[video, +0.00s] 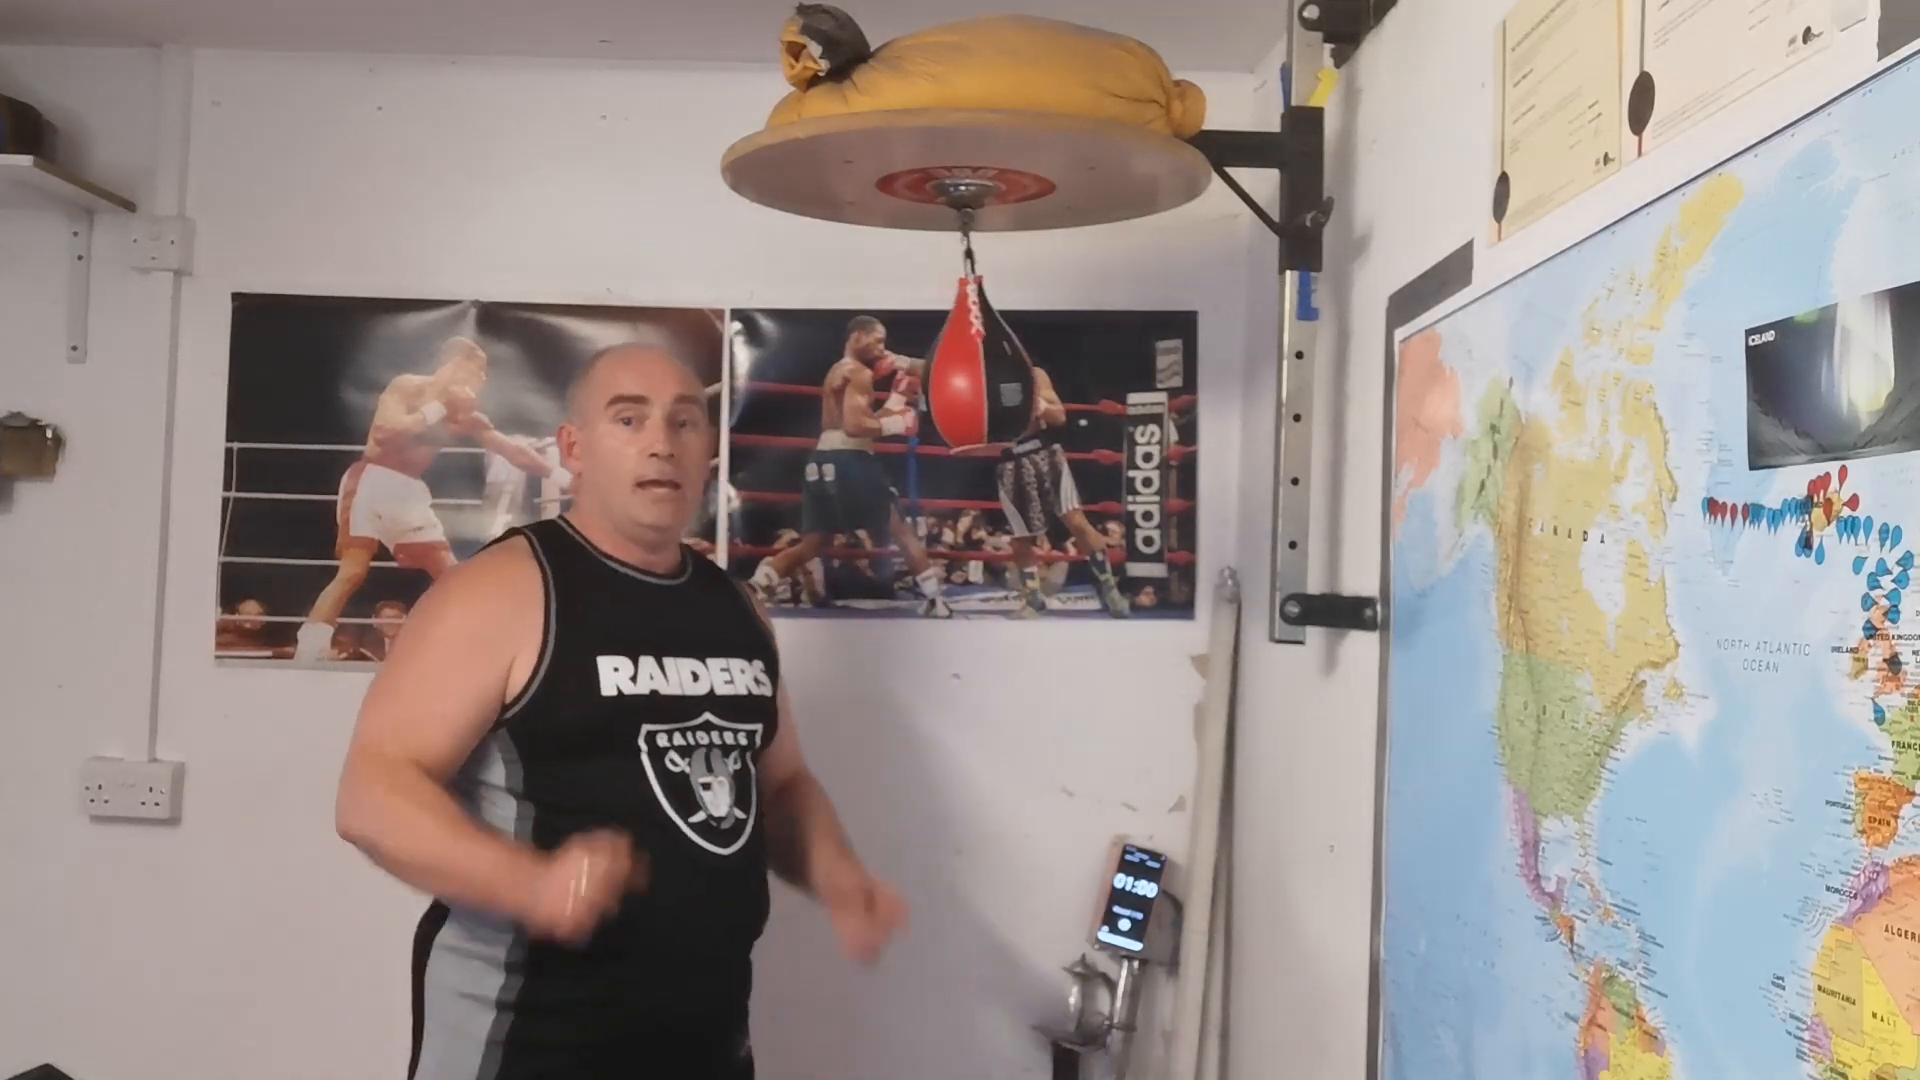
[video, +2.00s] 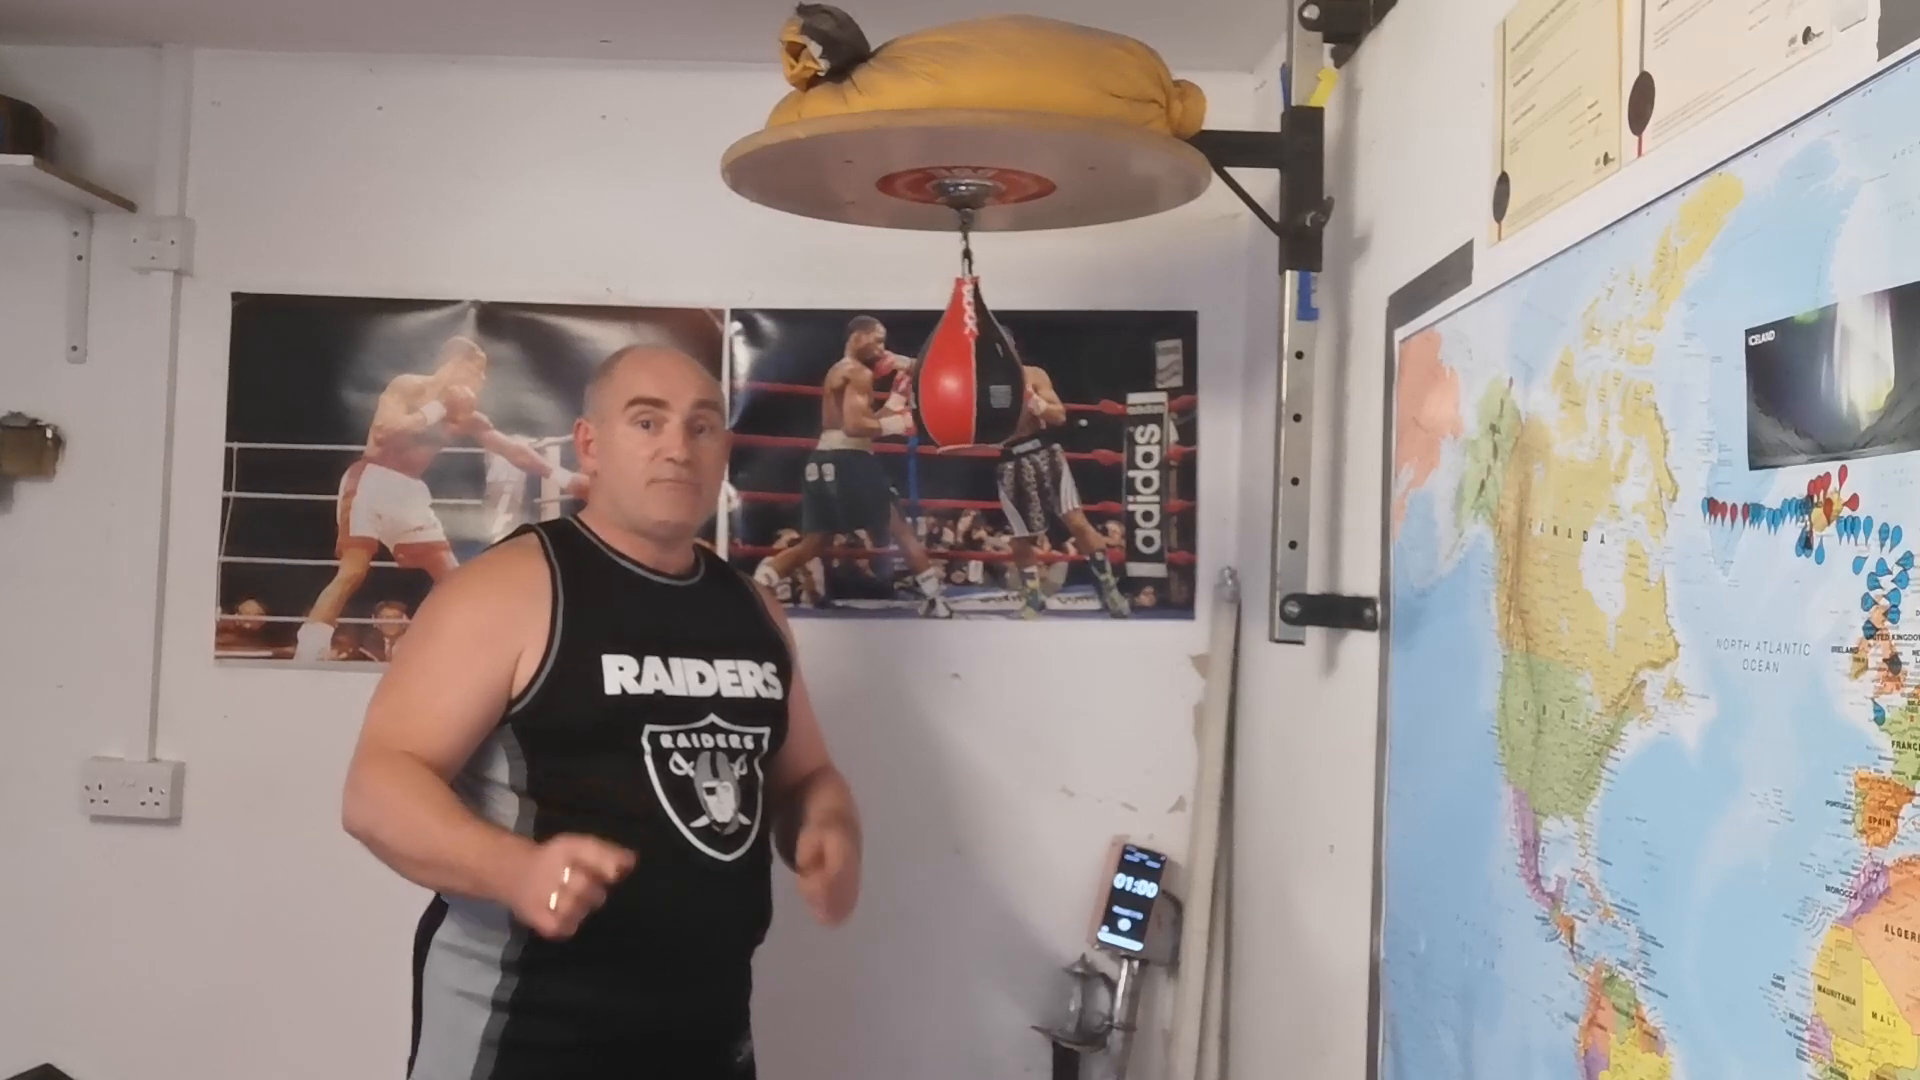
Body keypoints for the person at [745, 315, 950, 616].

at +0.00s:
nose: (881, 349)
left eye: (883, 343)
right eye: (878, 342)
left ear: (855, 340)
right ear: (857, 337)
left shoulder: (833, 374)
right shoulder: (858, 373)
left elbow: (849, 422)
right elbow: (855, 425)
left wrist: (889, 408)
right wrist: (896, 423)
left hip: (820, 462)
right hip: (853, 463)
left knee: (814, 542)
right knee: (902, 531)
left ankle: (755, 587)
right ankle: (935, 598)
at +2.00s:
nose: (881, 349)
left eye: (883, 343)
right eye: (878, 342)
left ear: (857, 340)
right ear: (858, 337)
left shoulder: (834, 372)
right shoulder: (858, 373)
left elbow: (848, 422)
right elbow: (854, 425)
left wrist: (886, 409)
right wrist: (894, 423)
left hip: (820, 463)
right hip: (852, 463)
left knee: (816, 541)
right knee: (901, 529)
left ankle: (756, 587)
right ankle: (935, 597)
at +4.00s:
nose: (881, 350)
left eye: (883, 343)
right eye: (877, 342)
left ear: (855, 341)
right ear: (857, 338)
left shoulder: (834, 372)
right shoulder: (859, 373)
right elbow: (854, 425)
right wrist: (888, 424)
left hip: (820, 463)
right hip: (852, 463)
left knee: (814, 542)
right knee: (902, 530)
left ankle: (755, 588)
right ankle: (935, 597)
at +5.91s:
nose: (881, 349)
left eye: (882, 343)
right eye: (877, 342)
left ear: (855, 341)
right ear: (856, 338)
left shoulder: (834, 372)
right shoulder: (858, 373)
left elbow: (837, 420)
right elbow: (854, 425)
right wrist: (885, 424)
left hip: (820, 462)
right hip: (852, 462)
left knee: (814, 542)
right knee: (903, 530)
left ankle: (753, 589)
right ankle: (935, 599)